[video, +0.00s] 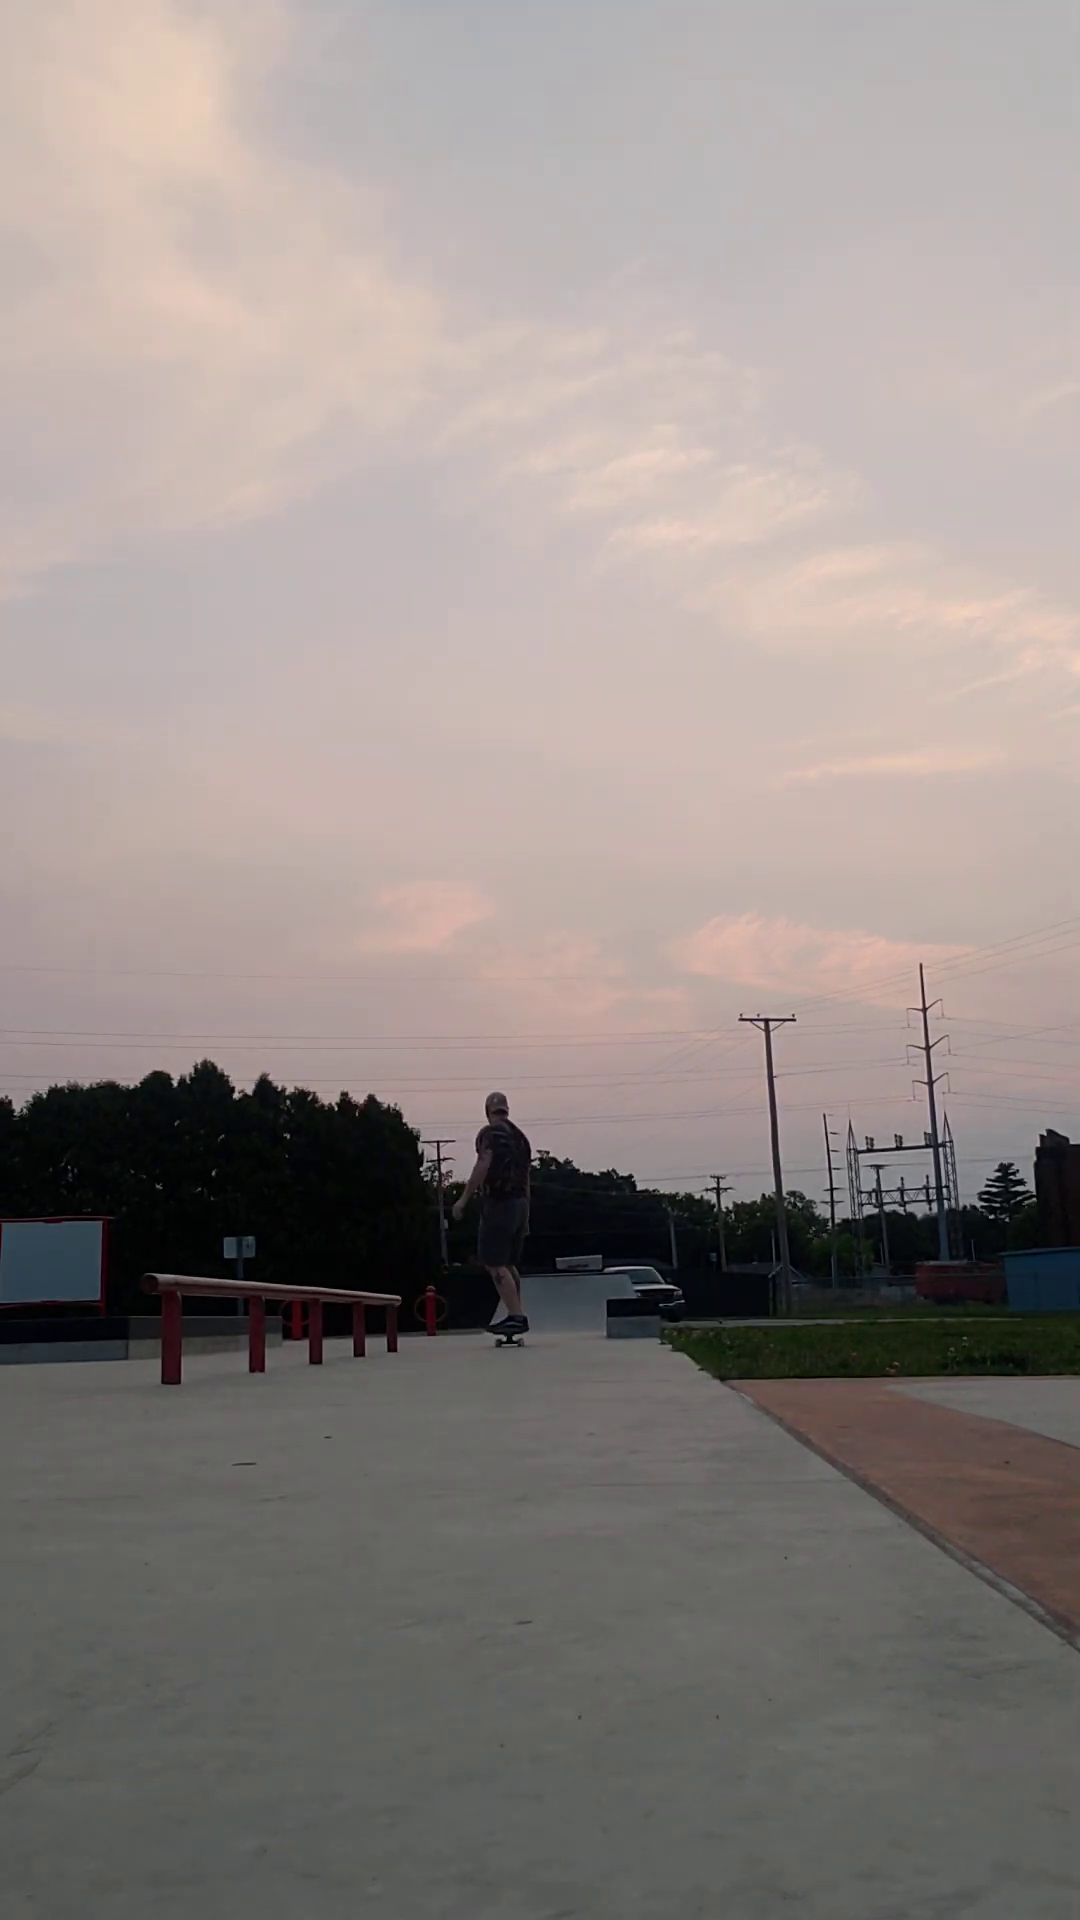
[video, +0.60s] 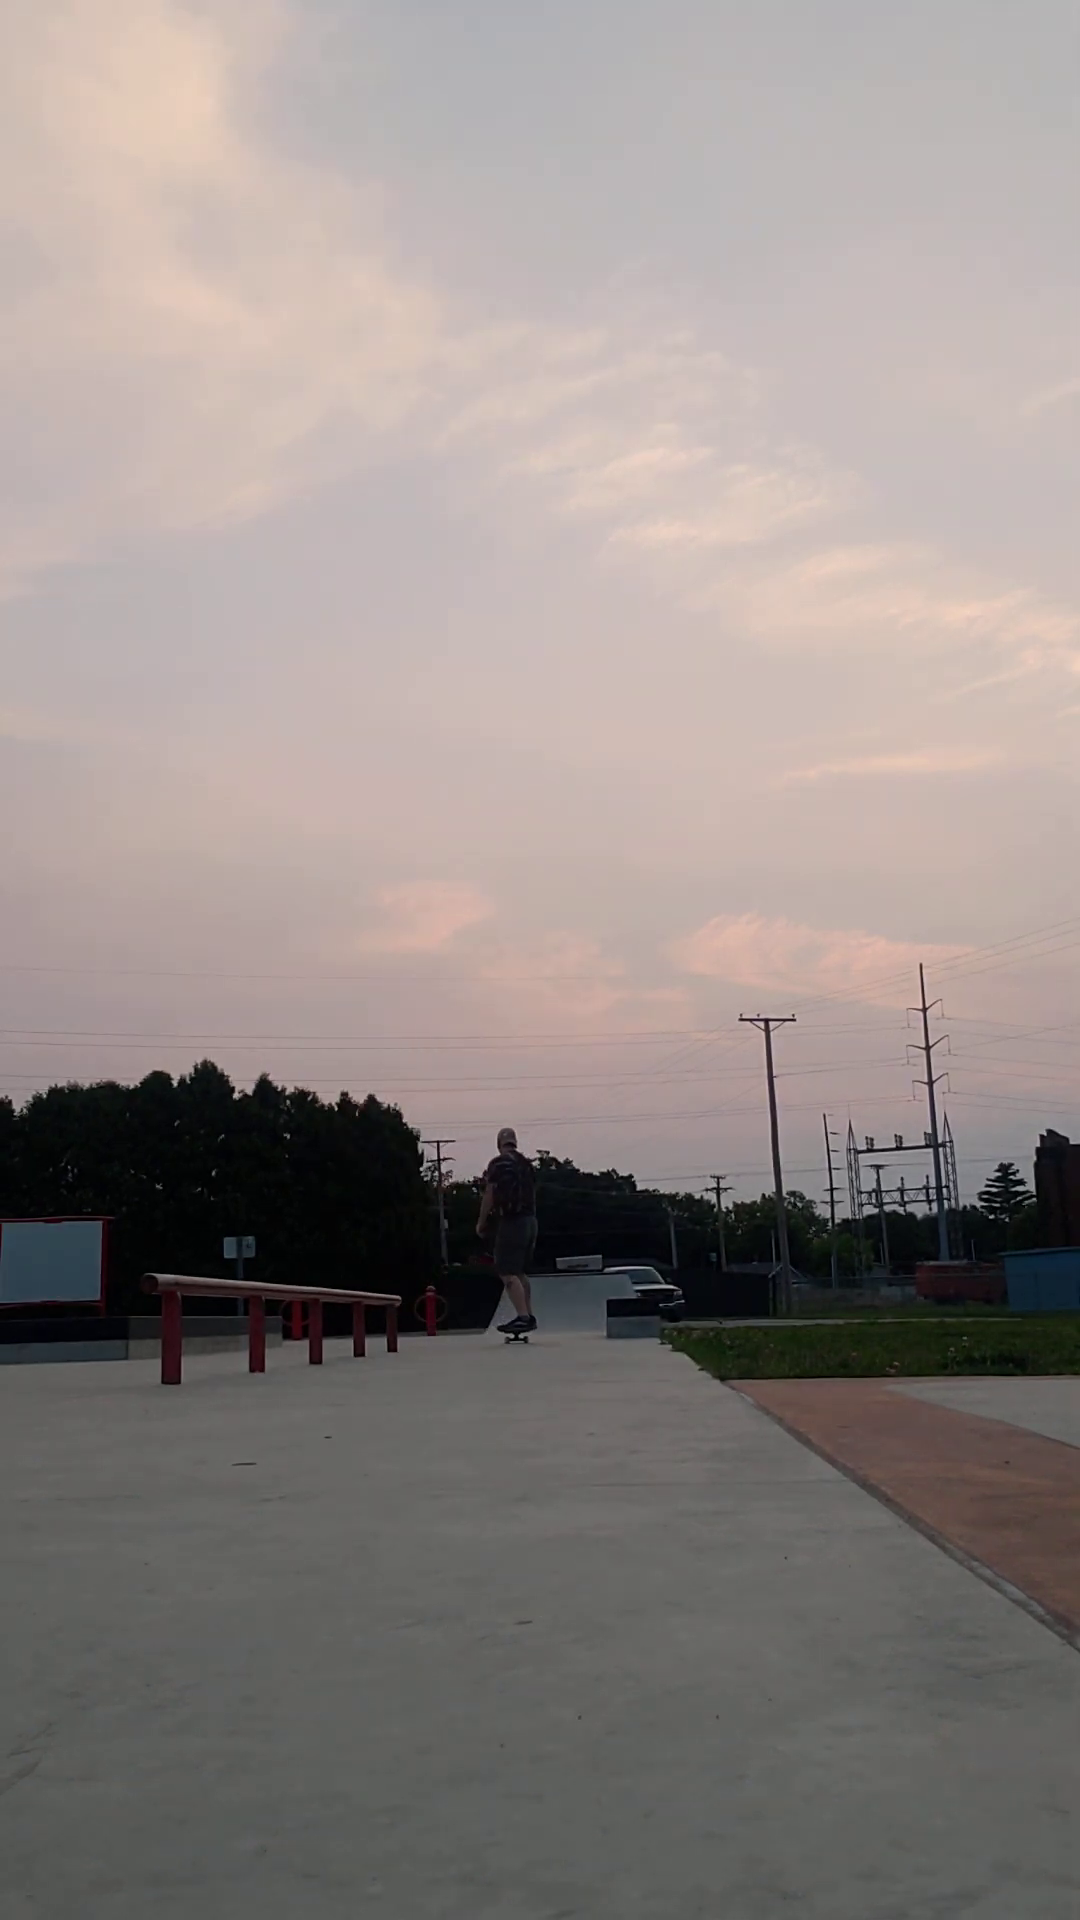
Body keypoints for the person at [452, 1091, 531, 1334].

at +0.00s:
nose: (489, 1115)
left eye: (488, 1111)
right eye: (496, 1110)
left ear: (487, 1111)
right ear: (508, 1110)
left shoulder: (488, 1133)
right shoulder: (521, 1138)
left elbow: (483, 1165)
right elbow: (525, 1181)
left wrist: (464, 1199)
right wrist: (525, 1217)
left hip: (498, 1205)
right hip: (519, 1206)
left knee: (494, 1261)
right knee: (508, 1263)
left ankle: (516, 1316)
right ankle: (516, 1315)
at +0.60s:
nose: (503, 1147)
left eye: (502, 1144)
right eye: (507, 1144)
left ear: (499, 1144)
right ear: (516, 1143)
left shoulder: (497, 1164)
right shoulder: (526, 1163)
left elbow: (490, 1193)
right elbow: (529, 1193)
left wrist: (481, 1221)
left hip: (510, 1221)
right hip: (529, 1220)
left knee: (507, 1270)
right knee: (519, 1271)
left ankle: (523, 1316)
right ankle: (528, 1315)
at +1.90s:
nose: (529, 1185)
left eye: (528, 1183)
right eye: (531, 1183)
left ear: (527, 1184)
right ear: (540, 1183)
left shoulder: (530, 1203)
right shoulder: (549, 1200)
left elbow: (528, 1228)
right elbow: (552, 1226)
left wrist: (521, 1250)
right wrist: (549, 1244)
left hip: (536, 1246)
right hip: (549, 1246)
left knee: (534, 1283)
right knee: (543, 1284)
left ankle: (546, 1316)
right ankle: (549, 1316)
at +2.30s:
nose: (539, 1195)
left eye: (537, 1193)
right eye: (540, 1193)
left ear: (534, 1194)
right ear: (546, 1193)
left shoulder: (537, 1212)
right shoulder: (554, 1209)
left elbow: (536, 1235)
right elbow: (556, 1233)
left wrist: (530, 1257)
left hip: (545, 1252)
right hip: (556, 1251)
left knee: (541, 1286)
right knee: (550, 1287)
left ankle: (553, 1316)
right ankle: (558, 1316)